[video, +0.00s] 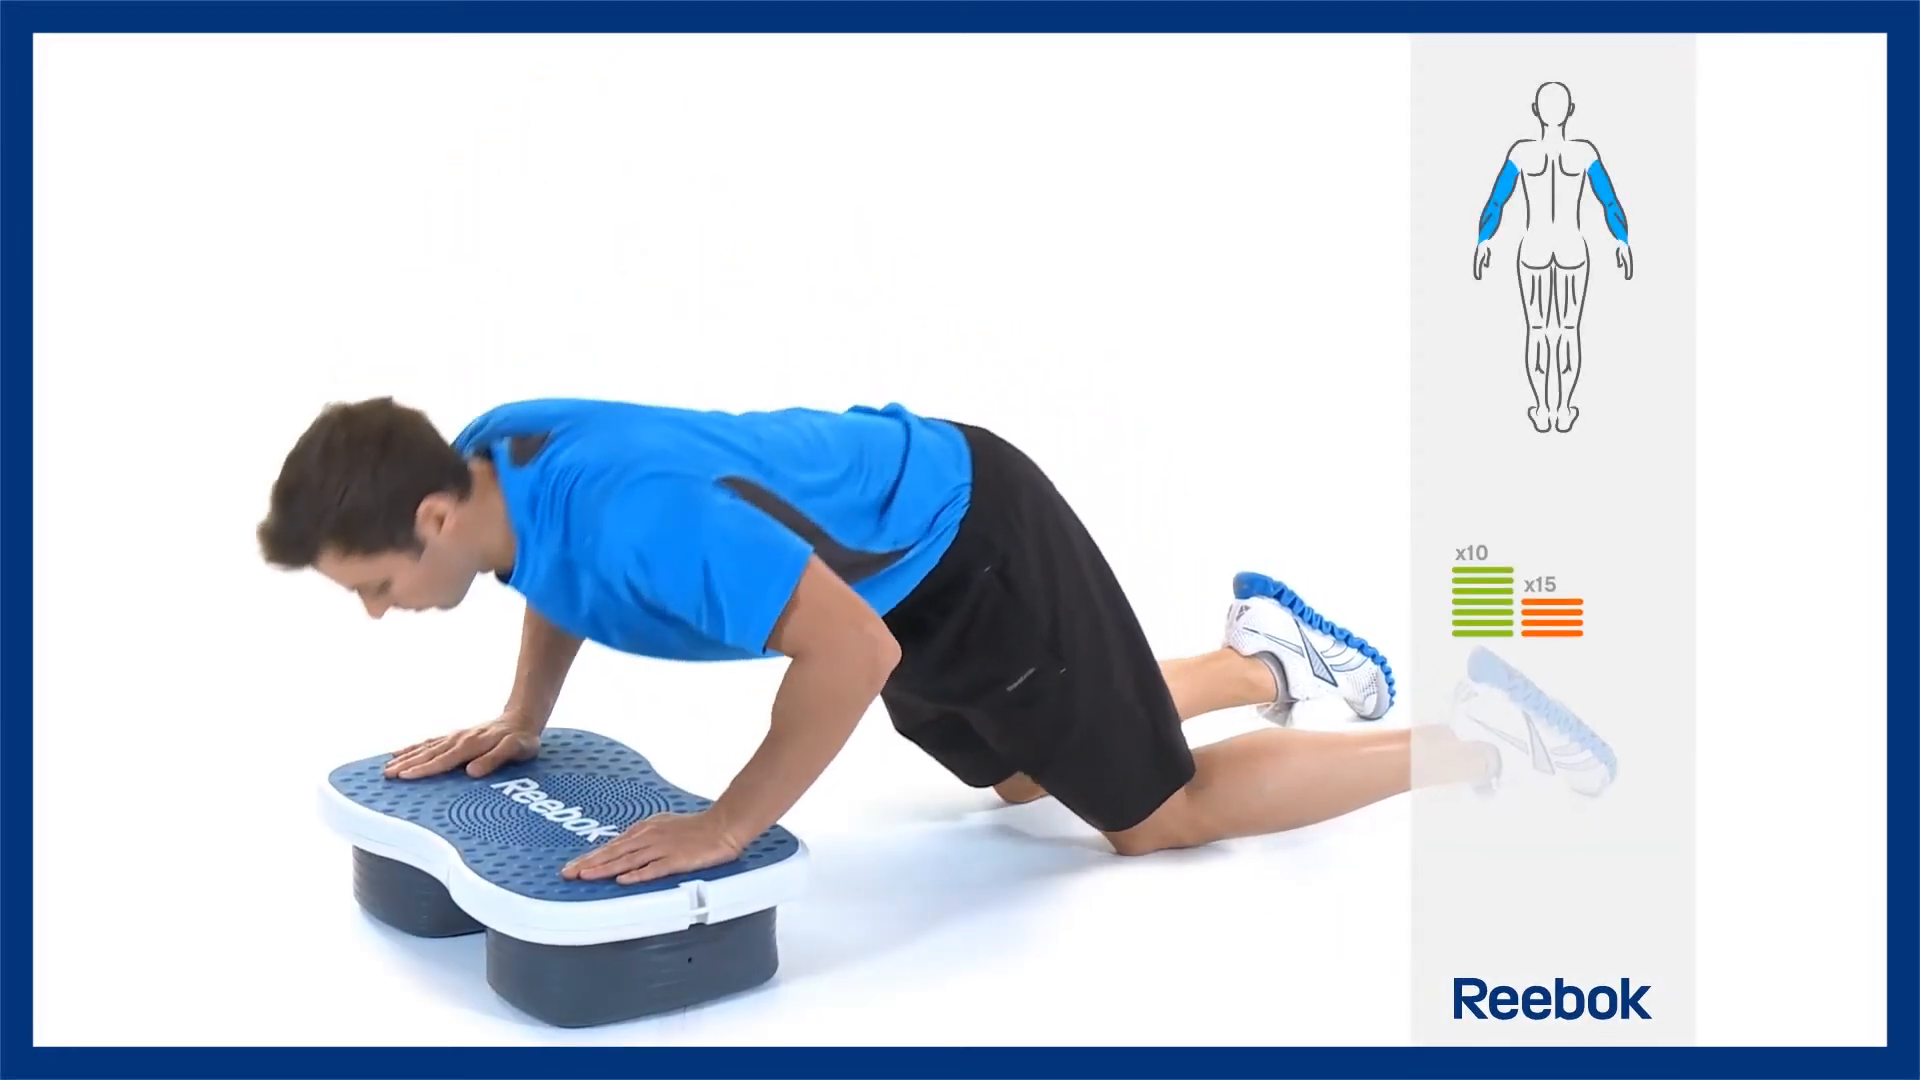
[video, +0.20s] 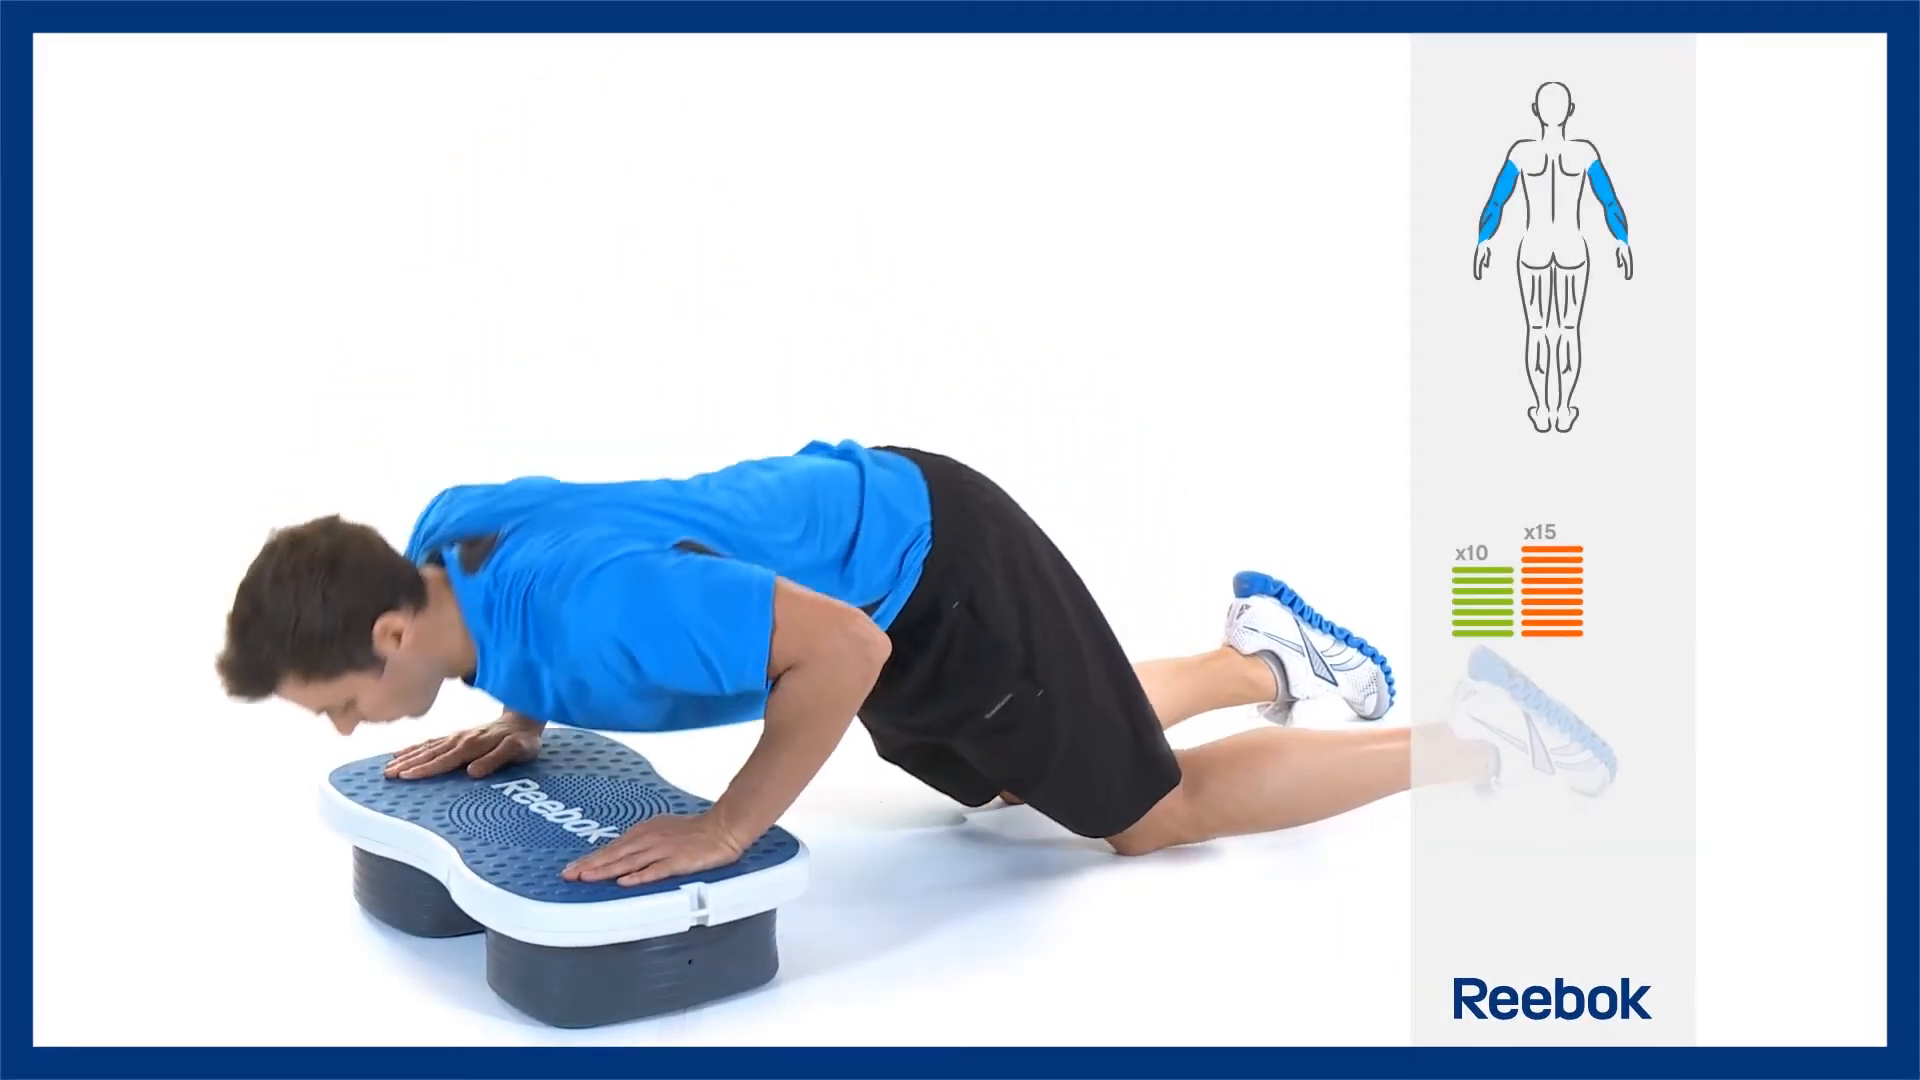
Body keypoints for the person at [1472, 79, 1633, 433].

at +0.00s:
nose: (1553, 107)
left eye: (1554, 100)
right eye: (1552, 100)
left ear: (1537, 108)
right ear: (1569, 108)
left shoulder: (1521, 150)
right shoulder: (1584, 150)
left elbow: (1497, 199)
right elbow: (1609, 200)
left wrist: (1482, 240)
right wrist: (1623, 240)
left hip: (1533, 249)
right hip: (1572, 249)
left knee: (1536, 328)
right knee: (1569, 328)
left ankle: (1542, 407)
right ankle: (1564, 407)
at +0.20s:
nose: (1553, 107)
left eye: (1554, 100)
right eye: (1552, 100)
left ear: (1537, 108)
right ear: (1569, 108)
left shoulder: (1521, 151)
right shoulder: (1585, 150)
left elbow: (1497, 200)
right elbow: (1609, 199)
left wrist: (1482, 240)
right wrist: (1623, 240)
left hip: (1534, 249)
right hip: (1572, 249)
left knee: (1537, 328)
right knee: (1569, 329)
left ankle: (1542, 407)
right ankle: (1564, 407)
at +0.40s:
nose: (1553, 107)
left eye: (1554, 100)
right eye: (1552, 100)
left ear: (1537, 108)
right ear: (1569, 108)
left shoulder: (1521, 151)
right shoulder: (1585, 150)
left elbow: (1497, 200)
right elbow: (1609, 199)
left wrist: (1482, 240)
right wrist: (1623, 240)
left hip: (1534, 249)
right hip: (1572, 249)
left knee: (1537, 328)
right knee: (1569, 329)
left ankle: (1542, 407)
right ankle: (1564, 407)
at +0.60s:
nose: (1553, 107)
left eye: (1554, 100)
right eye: (1552, 100)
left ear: (1537, 108)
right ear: (1569, 108)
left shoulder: (1521, 151)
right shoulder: (1585, 150)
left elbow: (1497, 200)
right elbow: (1609, 199)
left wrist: (1482, 240)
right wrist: (1623, 240)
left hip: (1534, 249)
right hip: (1572, 249)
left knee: (1537, 328)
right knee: (1569, 329)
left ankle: (1542, 407)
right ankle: (1564, 407)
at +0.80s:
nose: (1553, 107)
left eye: (1553, 100)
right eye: (1552, 100)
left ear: (1537, 108)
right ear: (1569, 108)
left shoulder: (1521, 150)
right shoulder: (1585, 150)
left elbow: (1497, 200)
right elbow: (1609, 200)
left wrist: (1482, 240)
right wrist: (1623, 240)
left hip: (1533, 249)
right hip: (1572, 249)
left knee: (1537, 328)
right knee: (1569, 329)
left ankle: (1542, 407)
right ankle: (1564, 407)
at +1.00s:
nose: (1553, 106)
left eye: (1552, 100)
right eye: (1554, 100)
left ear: (1536, 108)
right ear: (1569, 108)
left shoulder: (1521, 150)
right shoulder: (1584, 150)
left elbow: (1497, 200)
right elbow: (1609, 200)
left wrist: (1482, 240)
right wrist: (1623, 240)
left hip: (1533, 249)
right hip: (1572, 249)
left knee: (1536, 328)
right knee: (1569, 328)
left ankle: (1542, 408)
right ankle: (1564, 407)